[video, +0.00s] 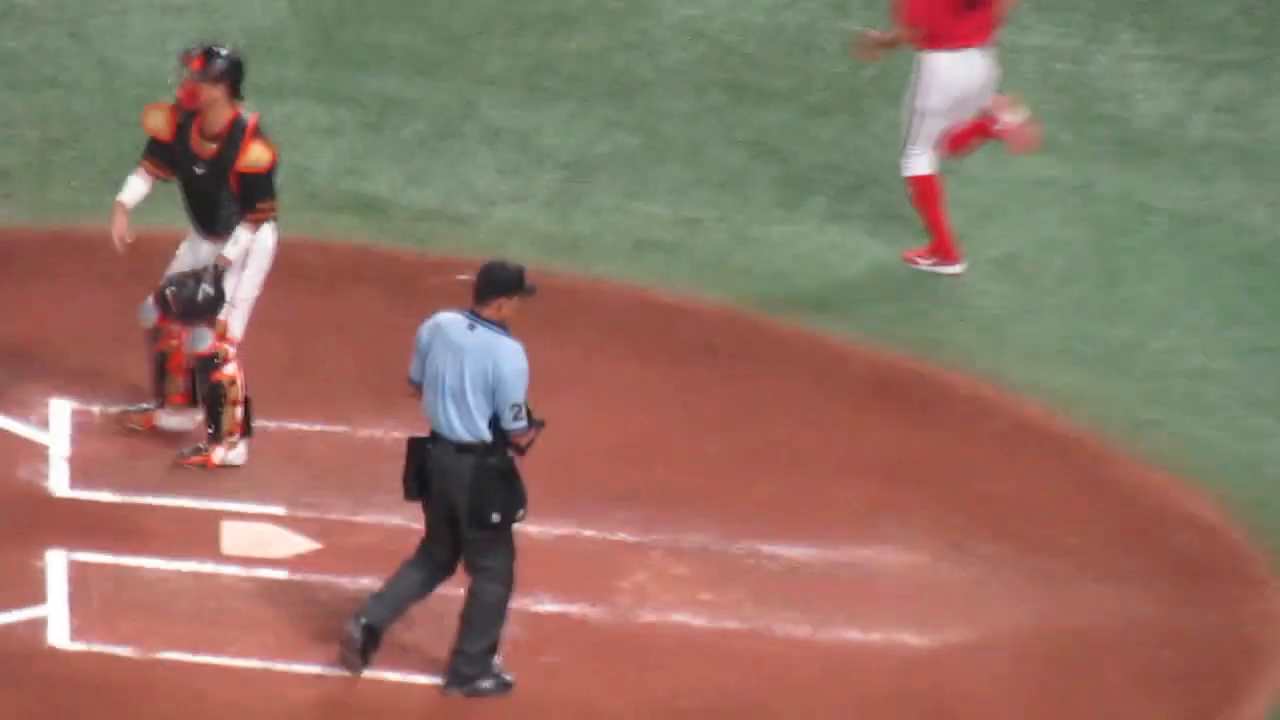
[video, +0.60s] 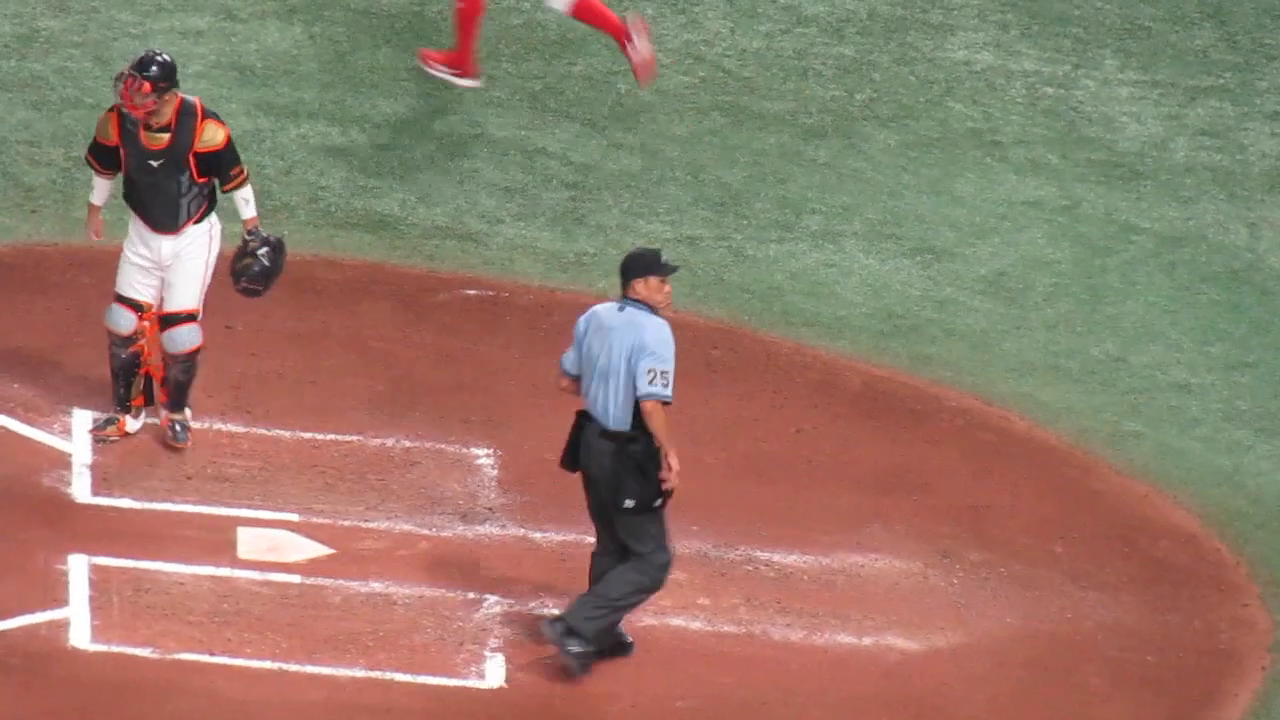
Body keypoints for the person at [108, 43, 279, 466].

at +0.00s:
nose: (189, 88)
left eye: (200, 82)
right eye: (190, 80)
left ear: (225, 89)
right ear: (192, 84)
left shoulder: (250, 145)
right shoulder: (176, 124)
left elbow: (258, 215)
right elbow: (151, 169)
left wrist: (226, 258)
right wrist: (122, 204)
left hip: (248, 241)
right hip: (204, 236)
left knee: (214, 334)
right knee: (162, 313)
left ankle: (230, 440)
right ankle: (175, 407)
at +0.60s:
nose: (134, 96)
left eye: (144, 90)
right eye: (133, 87)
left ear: (166, 94)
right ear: (130, 85)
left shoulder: (202, 126)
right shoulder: (117, 121)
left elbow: (236, 178)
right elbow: (104, 168)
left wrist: (252, 228)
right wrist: (95, 209)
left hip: (193, 237)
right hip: (143, 232)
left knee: (179, 330)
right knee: (122, 321)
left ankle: (177, 412)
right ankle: (126, 411)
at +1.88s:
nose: (403, 141)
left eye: (405, 133)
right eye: (397, 133)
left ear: (395, 131)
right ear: (375, 128)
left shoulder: (394, 157)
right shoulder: (334, 155)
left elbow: (390, 208)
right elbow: (290, 205)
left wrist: (393, 256)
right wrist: (293, 248)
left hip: (356, 272)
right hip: (319, 266)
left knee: (319, 357)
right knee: (341, 363)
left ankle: (270, 425)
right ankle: (340, 465)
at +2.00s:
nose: (420, 151)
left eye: (422, 143)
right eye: (414, 143)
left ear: (412, 140)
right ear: (392, 138)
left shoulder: (407, 162)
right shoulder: (351, 167)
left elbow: (402, 215)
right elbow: (311, 218)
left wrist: (412, 260)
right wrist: (314, 262)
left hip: (378, 280)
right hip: (342, 277)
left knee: (343, 366)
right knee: (366, 374)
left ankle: (282, 421)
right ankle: (351, 472)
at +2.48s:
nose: (499, 154)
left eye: (501, 147)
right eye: (495, 146)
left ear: (478, 141)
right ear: (474, 140)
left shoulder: (479, 171)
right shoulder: (429, 178)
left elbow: (461, 227)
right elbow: (389, 229)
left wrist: (462, 275)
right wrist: (393, 272)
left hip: (456, 292)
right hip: (422, 290)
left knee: (480, 372)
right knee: (400, 381)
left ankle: (484, 464)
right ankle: (357, 469)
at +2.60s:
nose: (524, 158)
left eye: (526, 151)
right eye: (520, 149)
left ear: (504, 147)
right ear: (499, 144)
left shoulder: (505, 176)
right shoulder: (454, 187)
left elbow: (479, 232)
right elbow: (419, 240)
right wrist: (419, 284)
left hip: (481, 300)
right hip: (446, 298)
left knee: (506, 382)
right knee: (419, 392)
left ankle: (504, 476)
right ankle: (362, 471)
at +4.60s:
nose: (625, 212)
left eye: (629, 206)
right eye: (623, 204)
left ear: (622, 190)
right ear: (605, 188)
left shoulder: (607, 199)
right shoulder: (559, 204)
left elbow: (585, 256)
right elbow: (516, 248)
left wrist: (585, 299)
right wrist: (504, 291)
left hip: (565, 306)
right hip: (530, 303)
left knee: (571, 394)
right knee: (537, 405)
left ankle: (536, 468)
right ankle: (507, 502)